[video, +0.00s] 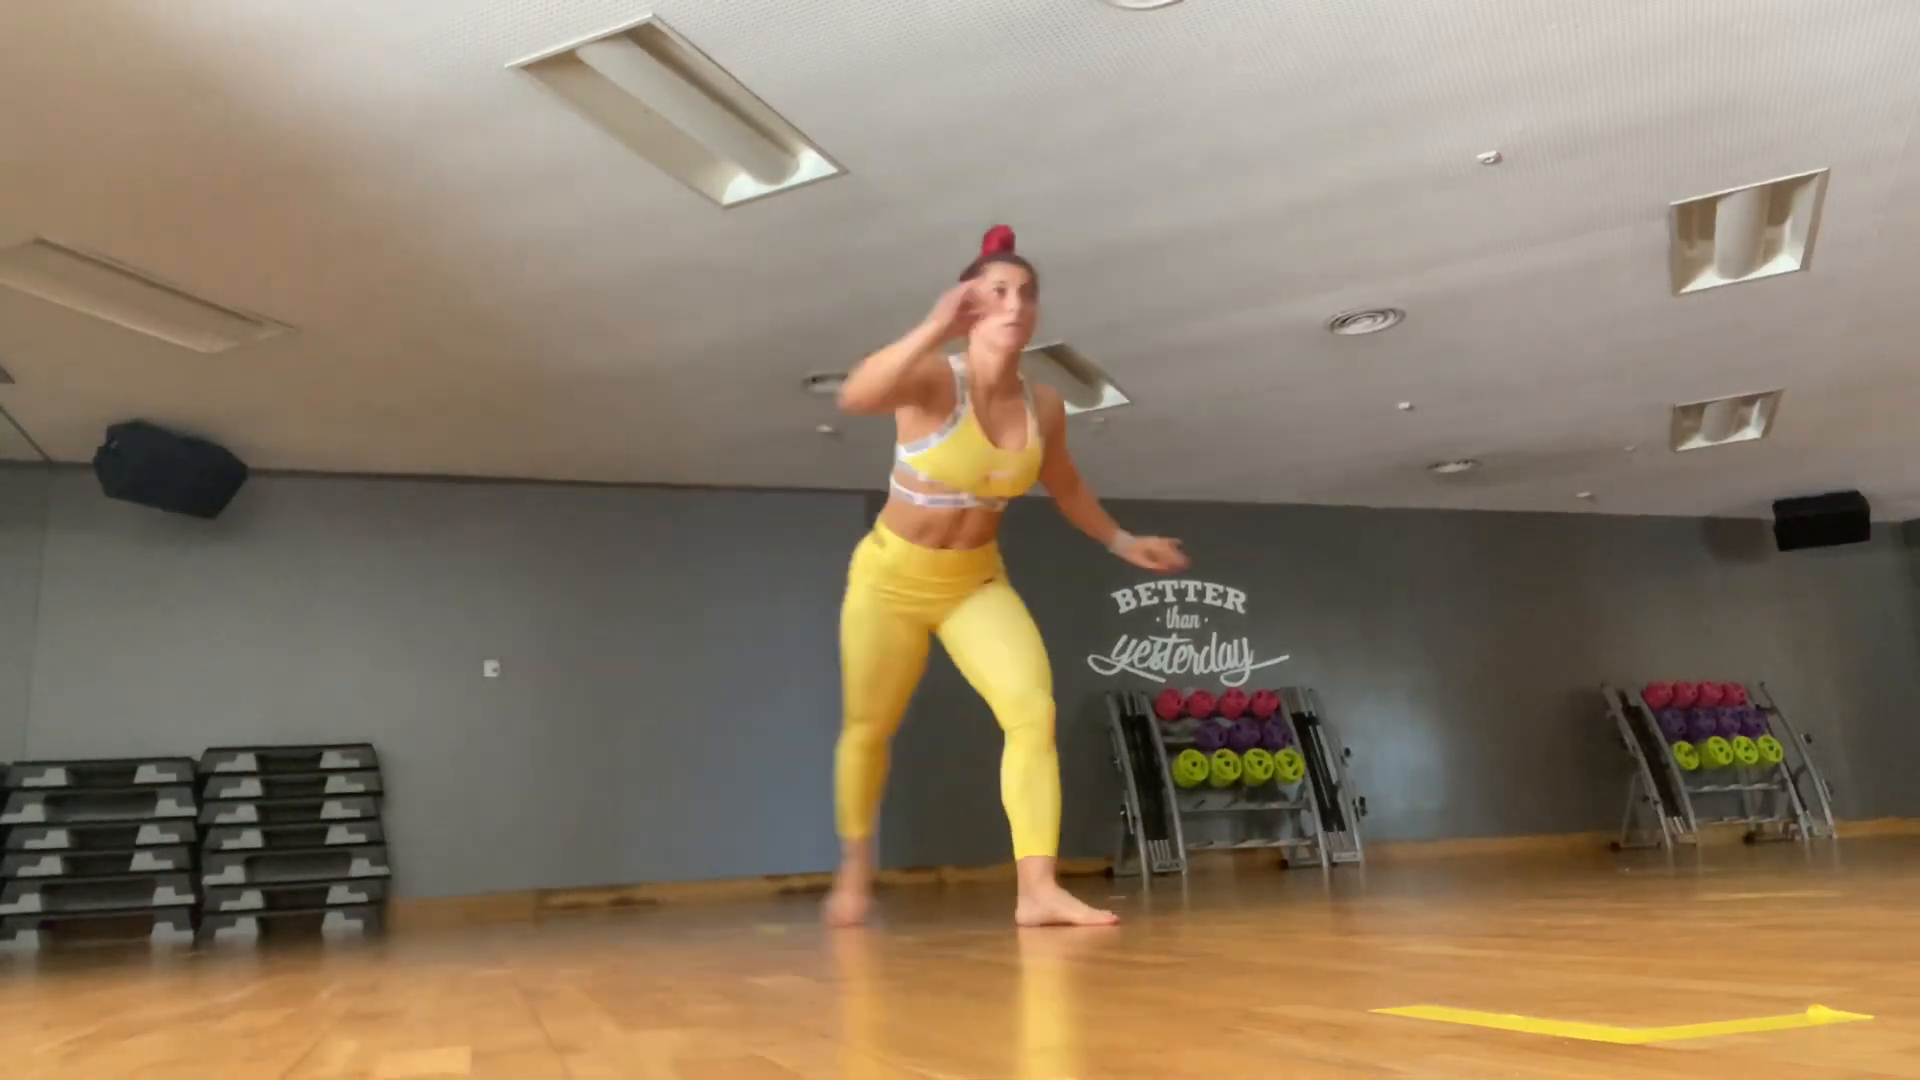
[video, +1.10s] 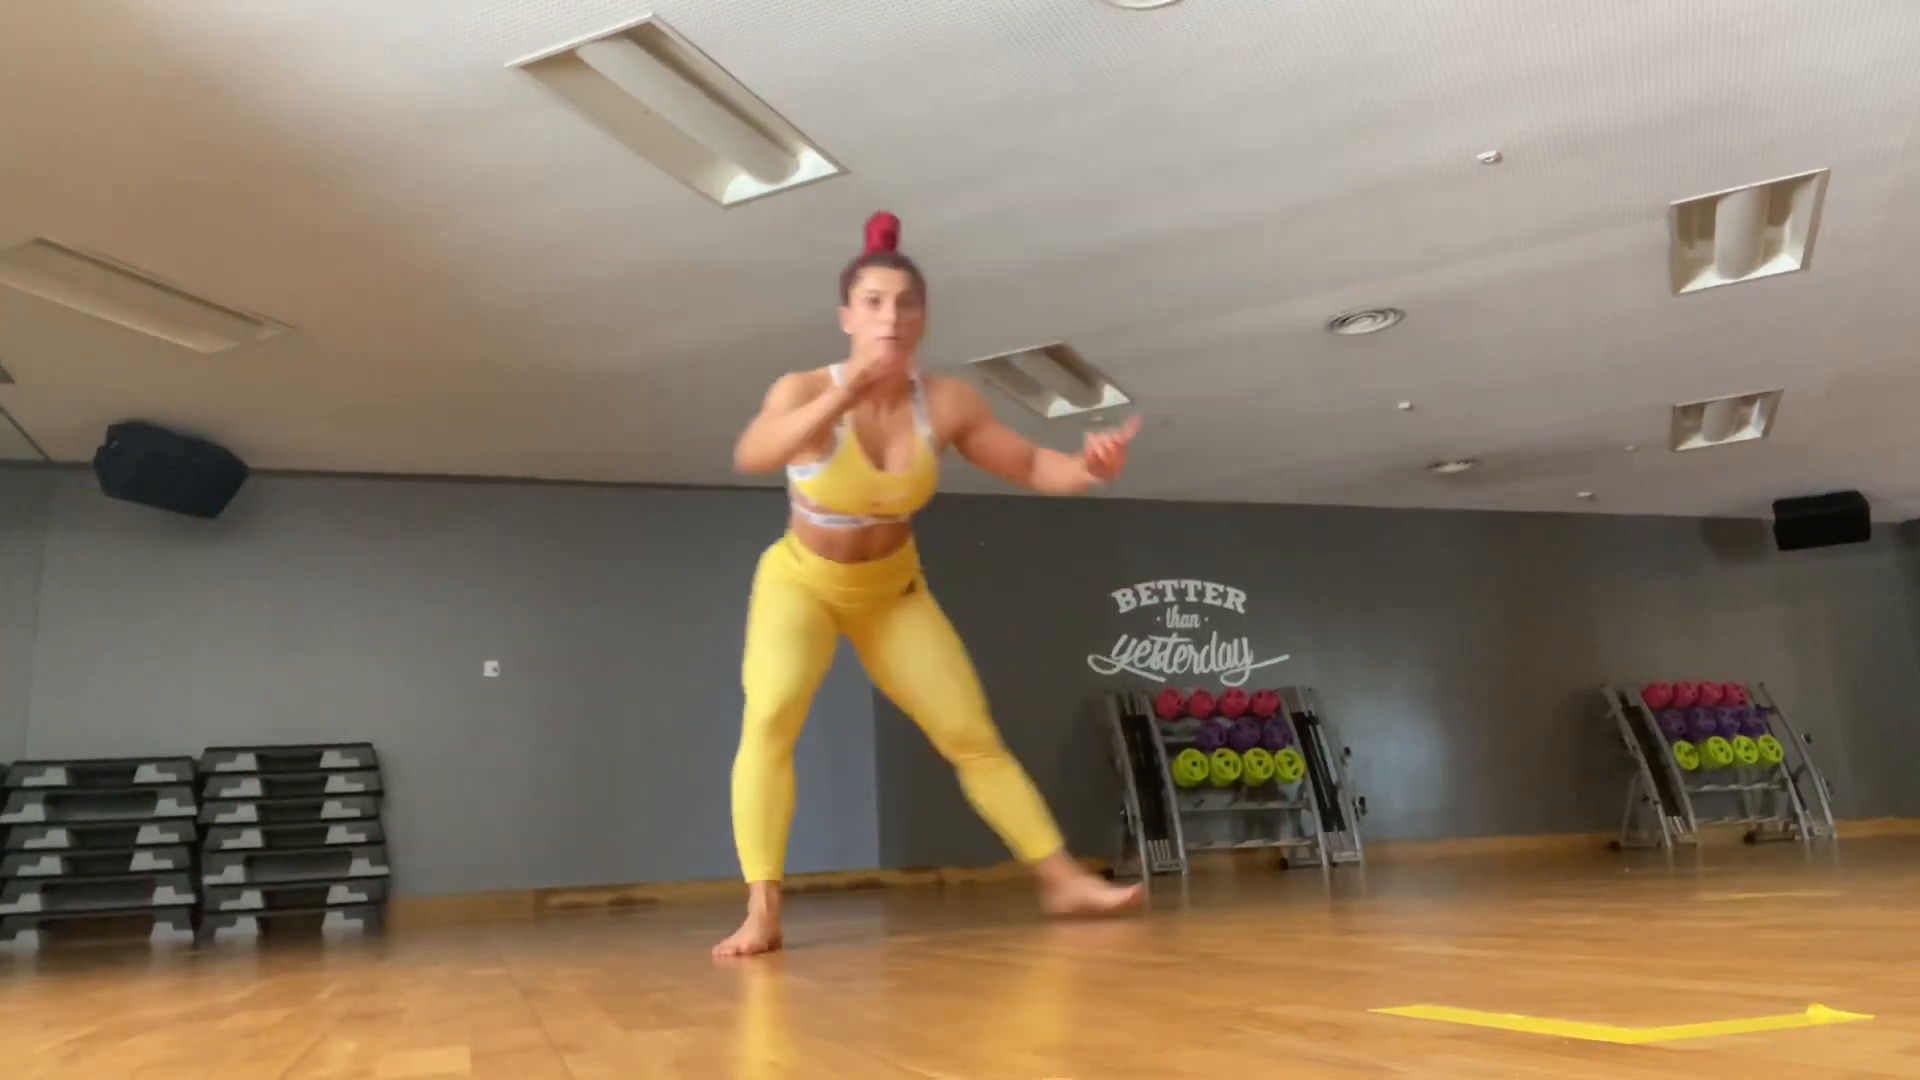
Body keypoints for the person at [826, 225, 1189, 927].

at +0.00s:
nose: (1017, 303)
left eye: (1027, 293)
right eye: (1000, 291)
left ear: (1037, 315)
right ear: (967, 309)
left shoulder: (1042, 408)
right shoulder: (930, 376)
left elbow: (1067, 490)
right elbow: (856, 395)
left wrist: (1124, 543)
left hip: (976, 584)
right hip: (891, 579)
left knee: (1032, 711)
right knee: (867, 729)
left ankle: (1038, 890)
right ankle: (855, 865)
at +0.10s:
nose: (1015, 306)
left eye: (1023, 296)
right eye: (998, 294)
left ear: (1035, 312)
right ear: (968, 310)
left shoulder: (1042, 404)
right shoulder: (929, 381)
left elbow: (1040, 481)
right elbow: (935, 372)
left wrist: (1078, 531)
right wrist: (1013, 316)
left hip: (995, 581)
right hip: (911, 582)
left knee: (1037, 714)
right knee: (916, 728)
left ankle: (1058, 887)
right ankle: (933, 851)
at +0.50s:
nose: (1060, 329)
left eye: (1068, 320)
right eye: (1044, 316)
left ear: (1074, 331)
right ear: (1010, 327)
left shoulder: (1069, 419)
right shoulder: (979, 384)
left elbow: (1093, 513)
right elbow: (1026, 414)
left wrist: (1152, 527)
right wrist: (1100, 368)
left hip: (1029, 599)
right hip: (949, 603)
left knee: (1093, 715)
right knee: (955, 749)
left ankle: (1125, 885)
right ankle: (970, 866)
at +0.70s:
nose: (1083, 321)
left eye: (1094, 309)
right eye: (1066, 306)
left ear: (1105, 322)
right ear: (1035, 321)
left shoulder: (1108, 414)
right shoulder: (995, 378)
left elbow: (1155, 509)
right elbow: (1014, 434)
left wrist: (1164, 466)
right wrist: (1106, 381)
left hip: (1020, 593)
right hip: (937, 581)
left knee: (1096, 707)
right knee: (900, 755)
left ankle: (1121, 888)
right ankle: (857, 874)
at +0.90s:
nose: (977, 325)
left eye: (990, 314)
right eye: (959, 311)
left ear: (1009, 329)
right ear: (931, 327)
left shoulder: (1030, 414)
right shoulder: (892, 395)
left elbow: (1097, 497)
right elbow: (926, 403)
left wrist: (1145, 518)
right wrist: (997, 349)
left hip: (983, 597)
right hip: (889, 596)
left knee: (1075, 711)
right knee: (824, 724)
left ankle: (1121, 892)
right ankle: (771, 904)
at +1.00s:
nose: (927, 326)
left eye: (941, 312)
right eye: (910, 309)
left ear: (960, 325)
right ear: (881, 321)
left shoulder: (978, 410)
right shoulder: (842, 393)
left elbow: (1051, 486)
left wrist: (1111, 504)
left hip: (934, 594)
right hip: (838, 591)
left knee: (1025, 722)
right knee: (797, 723)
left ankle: (1118, 881)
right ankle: (767, 911)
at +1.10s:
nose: (892, 317)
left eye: (907, 303)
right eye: (874, 303)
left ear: (924, 316)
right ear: (845, 315)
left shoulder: (946, 402)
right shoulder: (805, 391)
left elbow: (1031, 465)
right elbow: (750, 455)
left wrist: (1088, 469)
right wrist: (838, 398)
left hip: (893, 589)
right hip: (800, 583)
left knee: (969, 732)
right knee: (769, 722)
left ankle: (1061, 879)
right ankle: (762, 910)